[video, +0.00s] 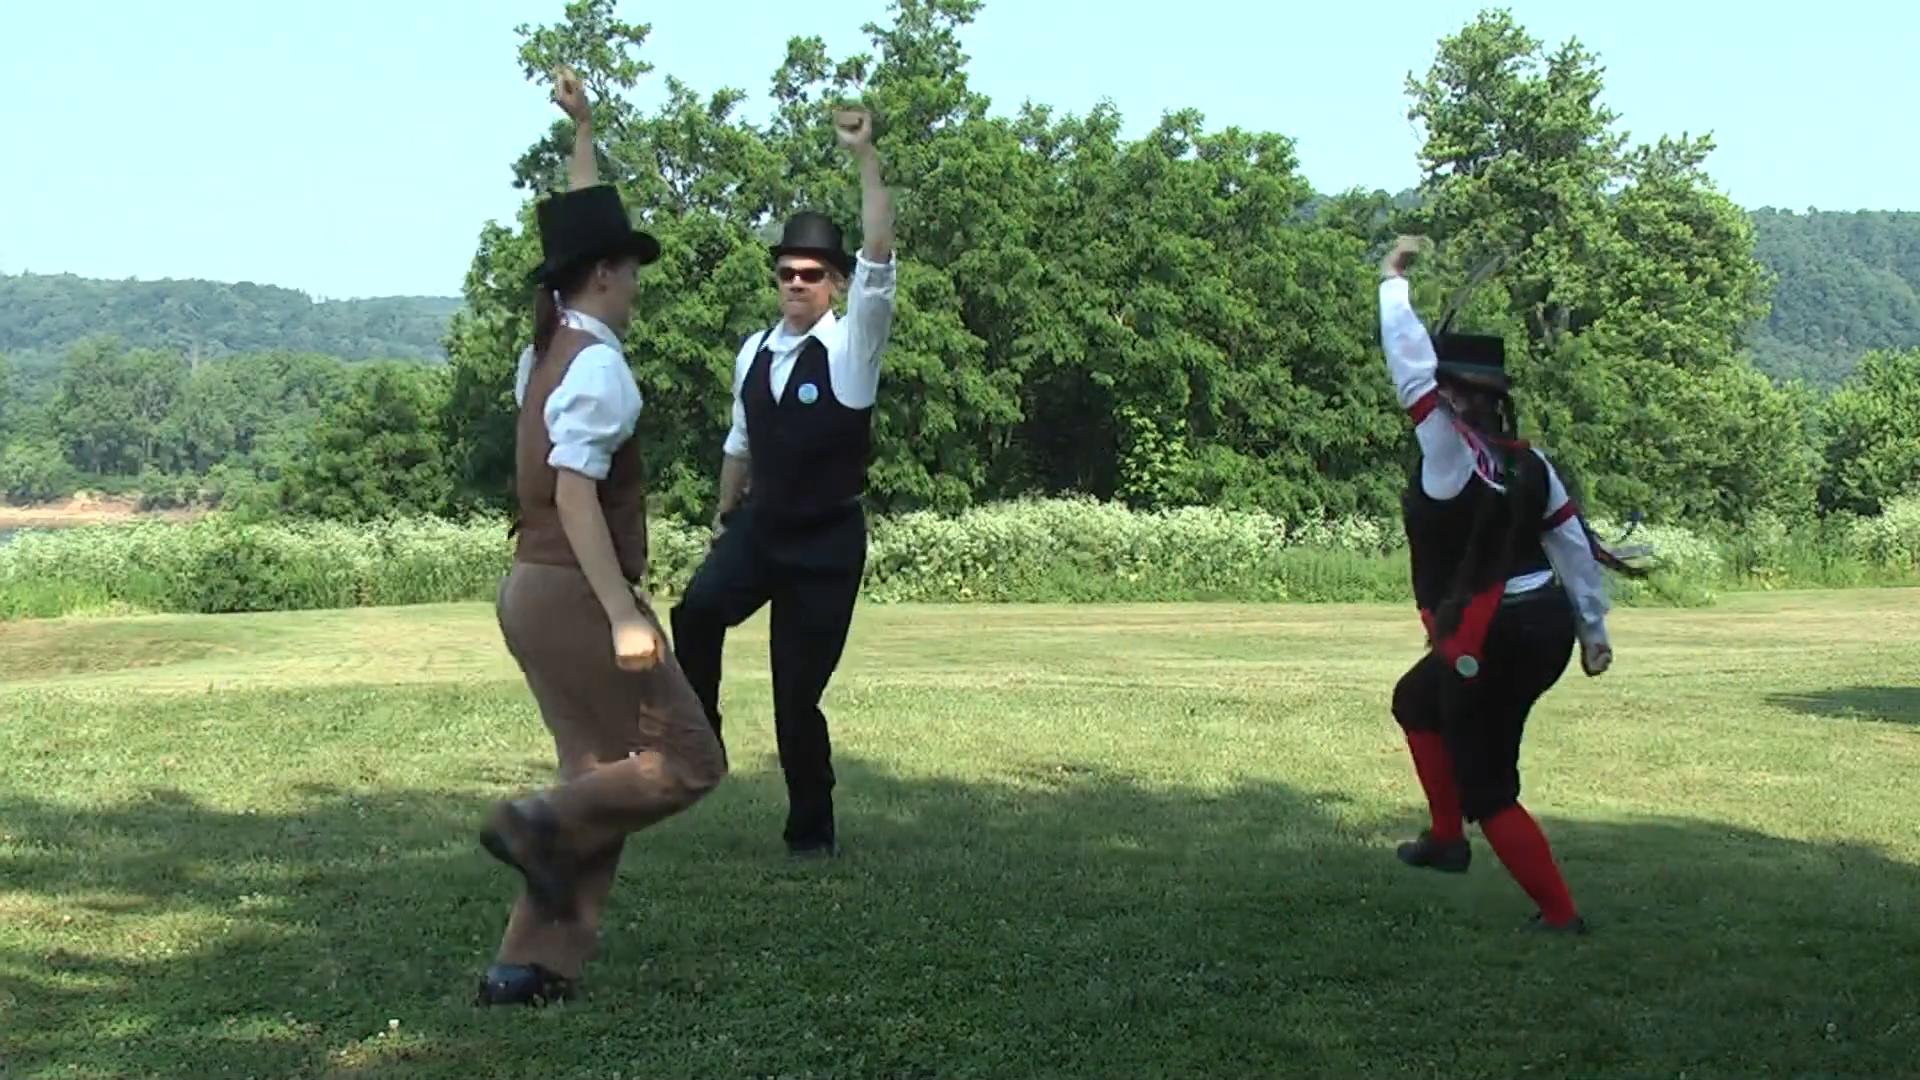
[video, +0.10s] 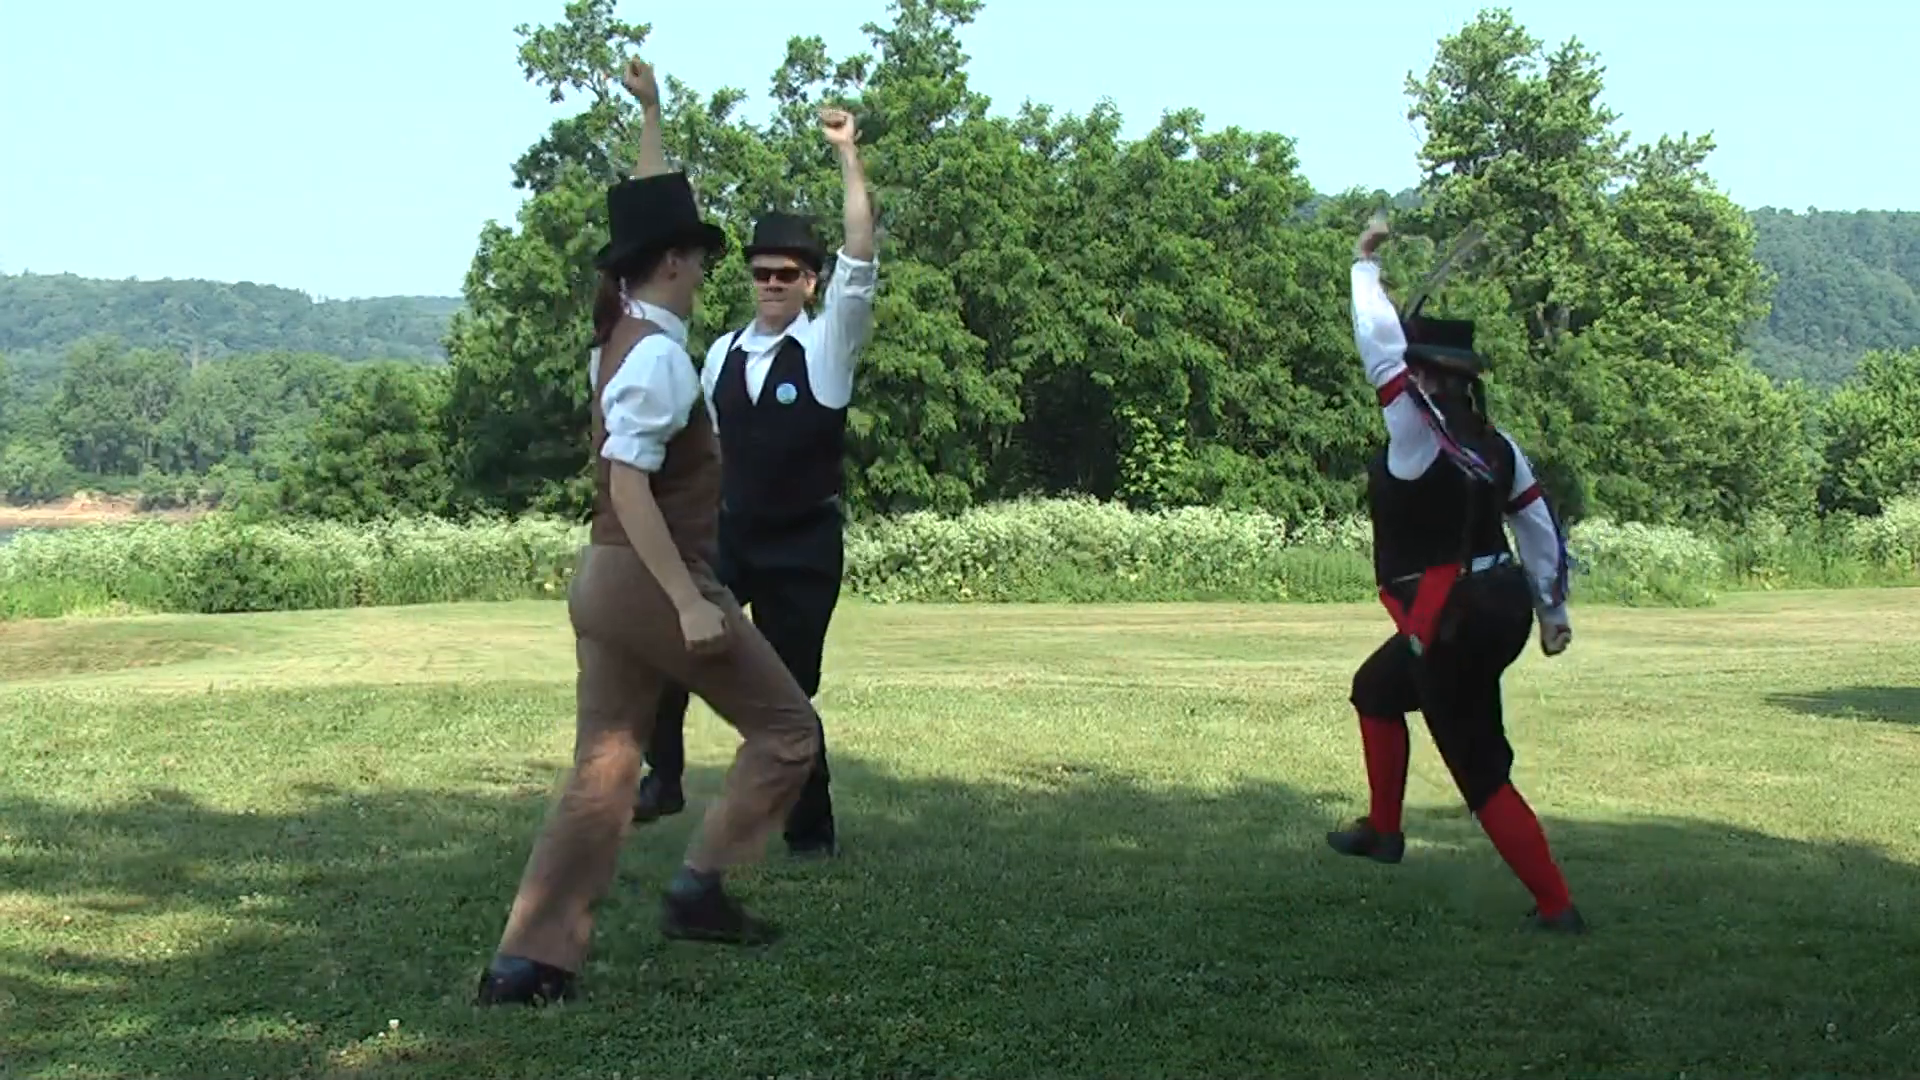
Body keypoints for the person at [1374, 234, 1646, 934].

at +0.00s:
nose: (1438, 400)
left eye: (1443, 391)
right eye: (1442, 391)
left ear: (1457, 400)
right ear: (1498, 400)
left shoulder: (1448, 448)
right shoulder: (1531, 462)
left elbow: (1410, 360)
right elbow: (1572, 545)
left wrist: (1394, 277)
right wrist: (1593, 625)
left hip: (1494, 631)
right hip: (1550, 622)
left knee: (1483, 787)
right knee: (1414, 700)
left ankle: (1561, 916)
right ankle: (1447, 839)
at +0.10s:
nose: (1400, 381)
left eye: (1406, 371)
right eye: (1406, 370)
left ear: (1422, 379)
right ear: (1467, 381)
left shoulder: (1414, 426)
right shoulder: (1498, 445)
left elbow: (1379, 336)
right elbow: (1538, 523)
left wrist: (1365, 259)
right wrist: (1552, 601)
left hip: (1451, 612)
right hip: (1506, 604)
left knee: (1482, 776)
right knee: (1375, 689)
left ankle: (1557, 908)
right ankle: (1382, 829)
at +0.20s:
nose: (1375, 362)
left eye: (1381, 355)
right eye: (1387, 354)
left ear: (1389, 360)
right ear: (1434, 364)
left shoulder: (1378, 398)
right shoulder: (1461, 428)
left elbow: (1358, 323)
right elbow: (1501, 509)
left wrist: (1353, 239)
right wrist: (1516, 587)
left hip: (1409, 598)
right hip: (1459, 594)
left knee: (1410, 763)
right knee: (1343, 702)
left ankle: (1506, 866)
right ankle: (1341, 844)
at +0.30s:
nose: (1338, 374)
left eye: (1345, 364)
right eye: (1354, 364)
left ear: (1356, 372)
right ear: (1398, 375)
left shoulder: (1354, 416)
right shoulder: (1410, 436)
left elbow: (1337, 338)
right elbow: (1450, 524)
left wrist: (1338, 259)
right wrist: (1478, 609)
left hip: (1368, 603)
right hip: (1413, 598)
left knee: (1318, 756)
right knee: (1334, 741)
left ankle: (1411, 870)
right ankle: (1349, 876)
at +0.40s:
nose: (1304, 383)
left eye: (1315, 374)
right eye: (1311, 374)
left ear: (1330, 382)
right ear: (1363, 387)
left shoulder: (1330, 433)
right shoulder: (1364, 450)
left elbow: (1314, 349)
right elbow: (1400, 539)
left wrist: (1311, 270)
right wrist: (1418, 627)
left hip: (1341, 618)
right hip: (1377, 615)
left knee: (1238, 733)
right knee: (1297, 751)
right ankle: (1346, 874)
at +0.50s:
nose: (1263, 374)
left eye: (1274, 365)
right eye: (1268, 364)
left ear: (1301, 369)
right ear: (1318, 371)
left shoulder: (1306, 421)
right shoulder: (1318, 424)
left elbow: (1289, 332)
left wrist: (1276, 249)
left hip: (1303, 602)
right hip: (1337, 600)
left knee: (1177, 671)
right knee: (1288, 746)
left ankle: (1193, 804)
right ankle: (1347, 876)